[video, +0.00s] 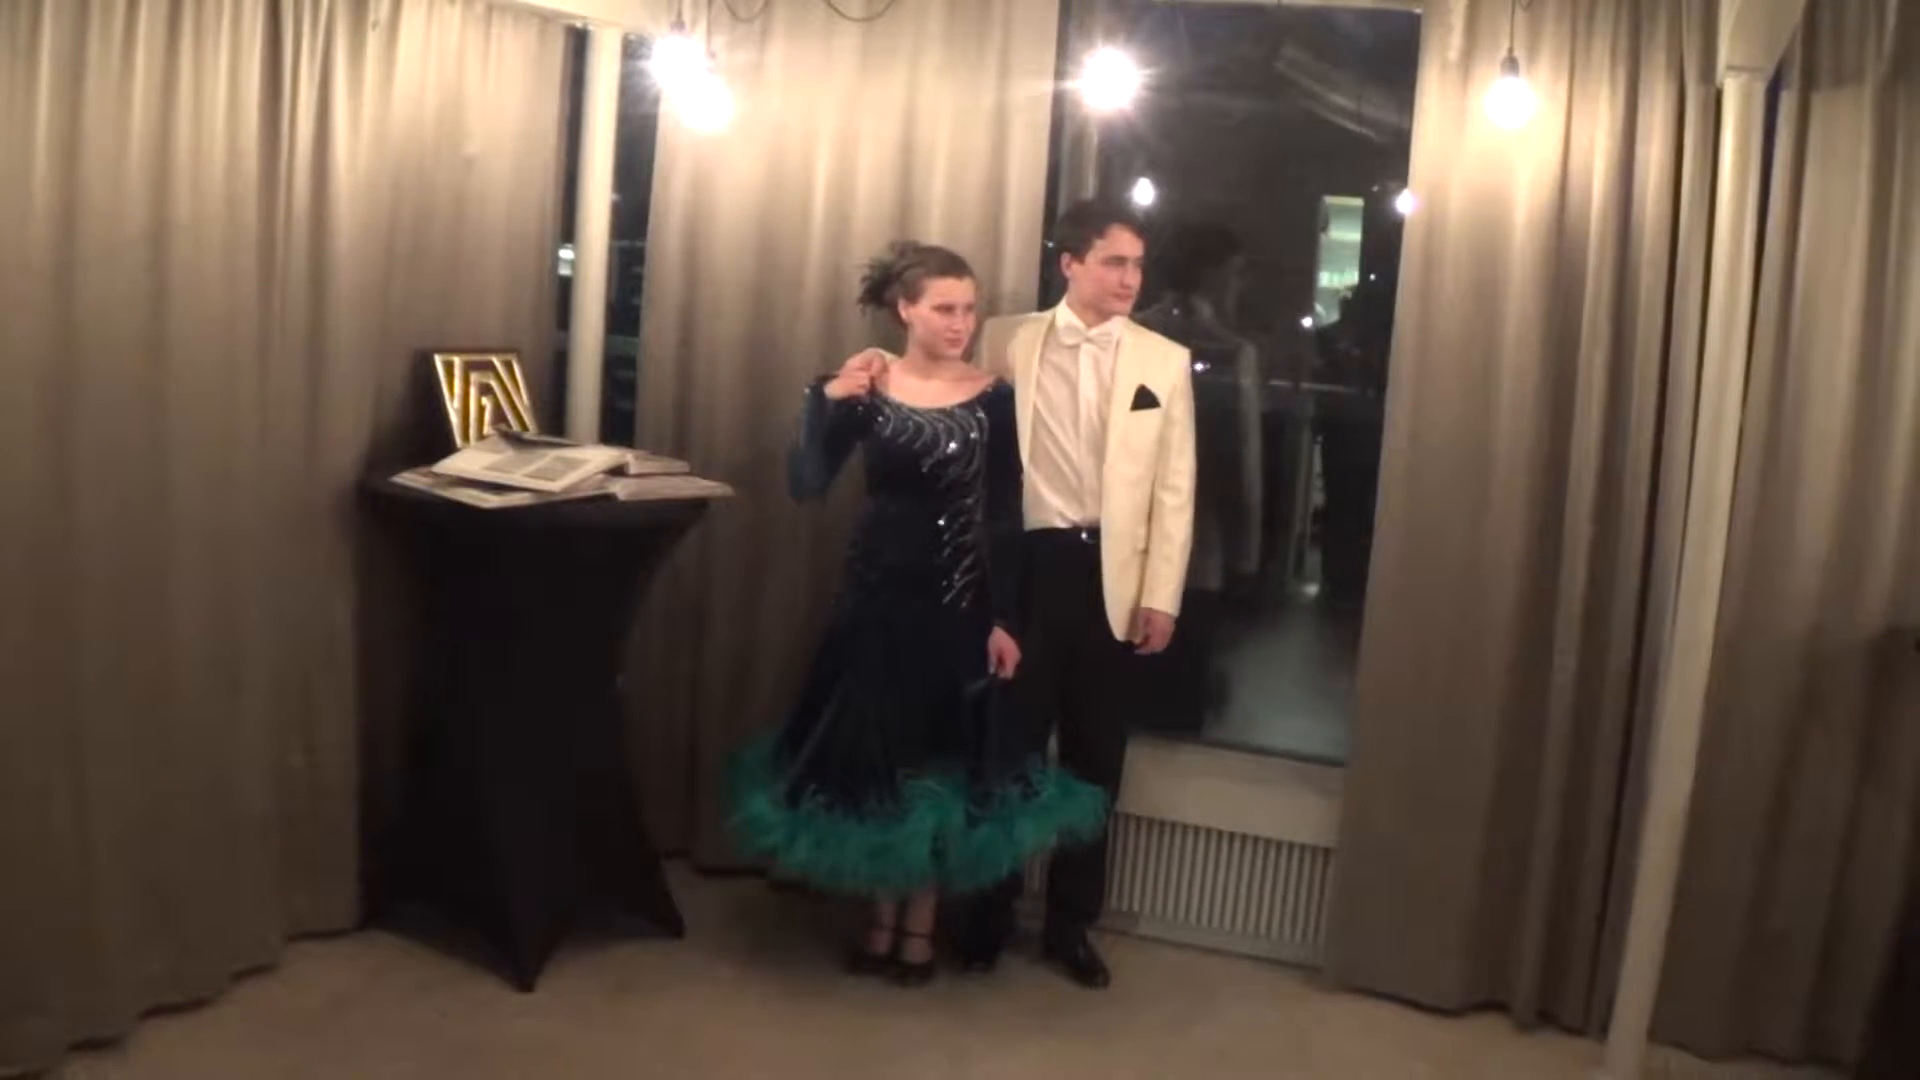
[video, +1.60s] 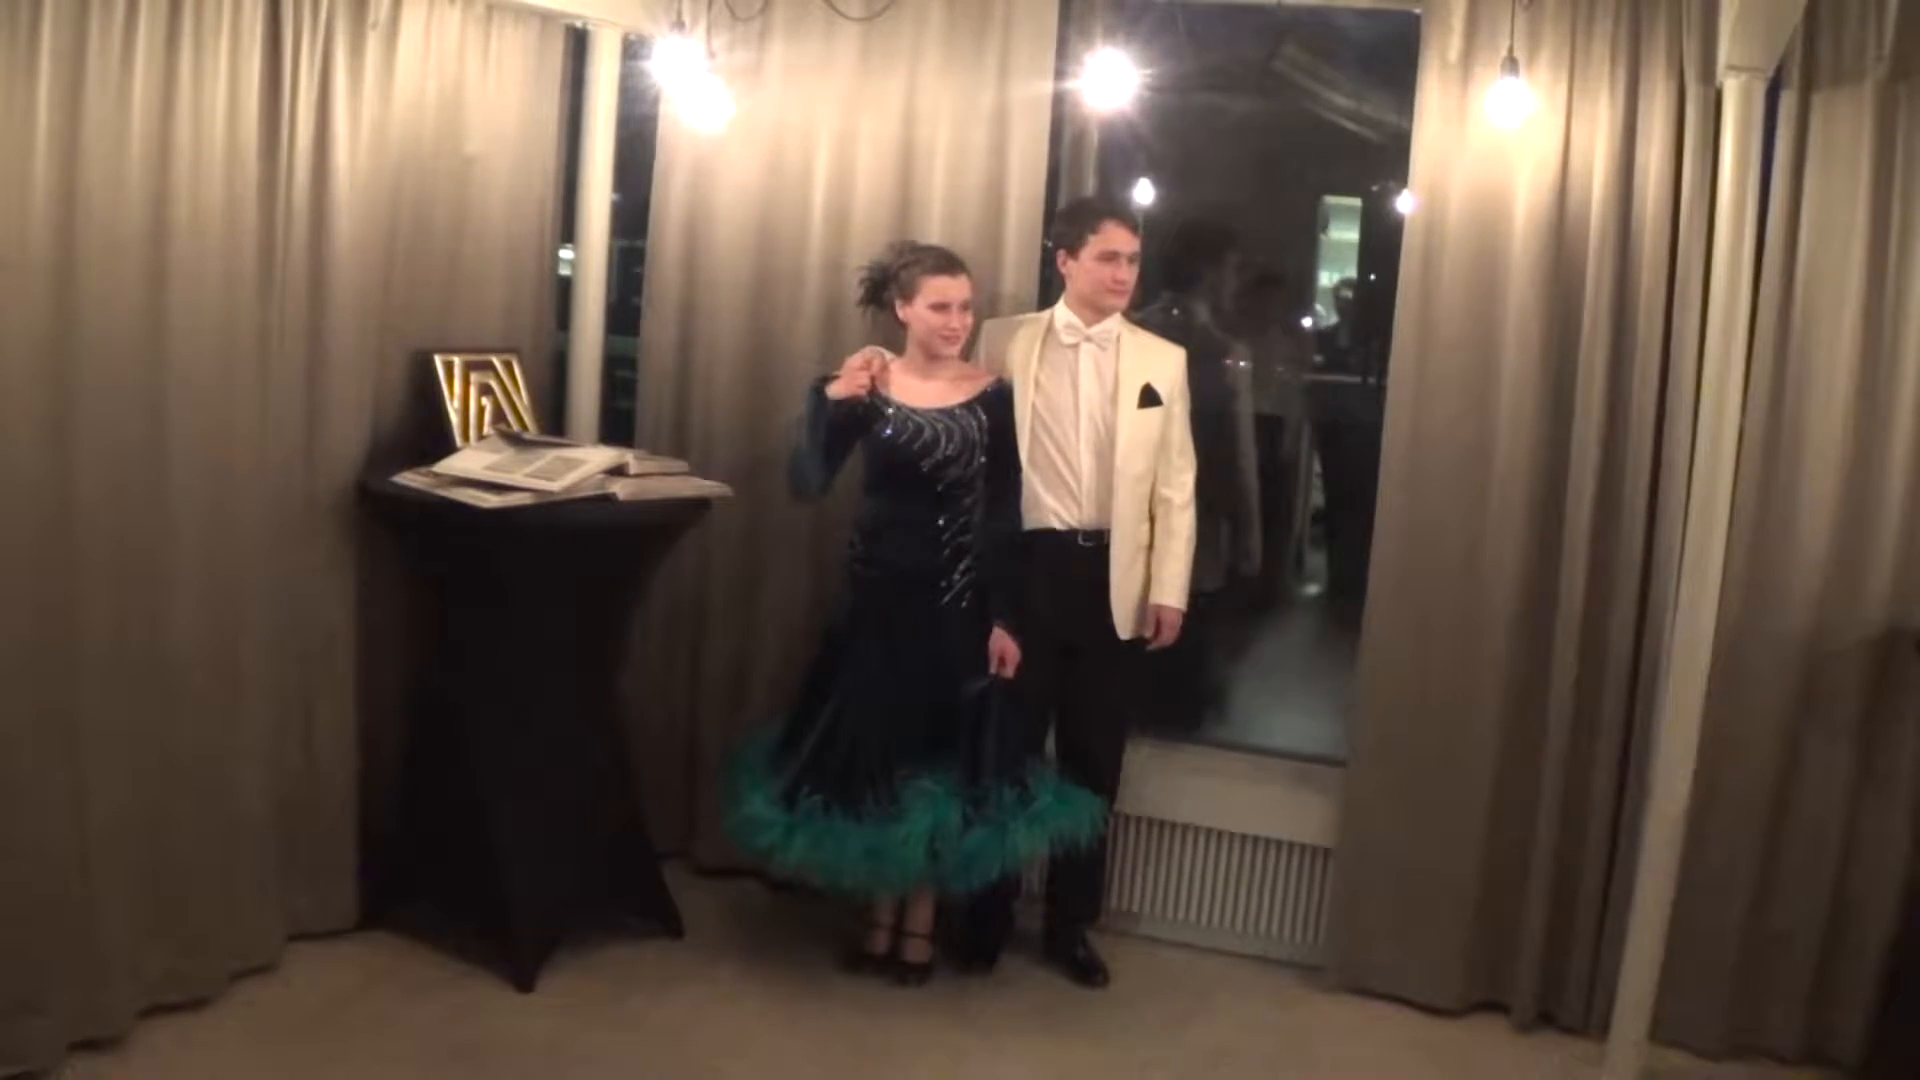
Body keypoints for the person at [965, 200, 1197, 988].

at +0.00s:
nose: (1129, 278)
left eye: (1138, 266)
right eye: (1114, 262)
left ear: (1144, 275)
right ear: (1069, 265)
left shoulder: (1165, 363)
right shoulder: (1008, 342)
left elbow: (1176, 490)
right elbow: (969, 455)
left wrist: (1162, 595)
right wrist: (965, 569)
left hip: (1111, 573)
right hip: (1020, 565)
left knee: (1096, 753)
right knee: (1007, 739)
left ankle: (1071, 925)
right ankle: (983, 917)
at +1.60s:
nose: (1124, 275)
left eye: (1133, 262)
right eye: (1109, 259)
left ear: (1141, 272)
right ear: (1064, 262)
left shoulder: (1163, 362)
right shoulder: (1007, 343)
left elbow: (1177, 485)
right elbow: (967, 457)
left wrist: (1169, 588)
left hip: (1114, 575)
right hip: (1020, 567)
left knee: (1094, 756)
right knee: (1005, 742)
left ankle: (1071, 926)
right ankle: (980, 921)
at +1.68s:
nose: (1124, 274)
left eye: (1133, 262)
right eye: (1109, 258)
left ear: (1140, 273)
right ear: (1064, 262)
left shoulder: (1162, 362)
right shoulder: (1007, 342)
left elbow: (1177, 485)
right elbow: (966, 453)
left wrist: (1169, 588)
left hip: (1114, 576)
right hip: (1020, 567)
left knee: (1094, 756)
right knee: (1006, 742)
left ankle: (1071, 926)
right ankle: (980, 920)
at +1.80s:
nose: (1122, 274)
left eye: (1131, 261)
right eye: (1107, 258)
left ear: (1140, 273)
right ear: (1063, 262)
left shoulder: (1162, 362)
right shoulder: (1007, 342)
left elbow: (1179, 484)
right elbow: (965, 452)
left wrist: (1173, 587)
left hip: (1114, 576)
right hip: (1020, 565)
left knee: (1095, 755)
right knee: (1006, 740)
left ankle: (1071, 926)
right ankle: (980, 920)